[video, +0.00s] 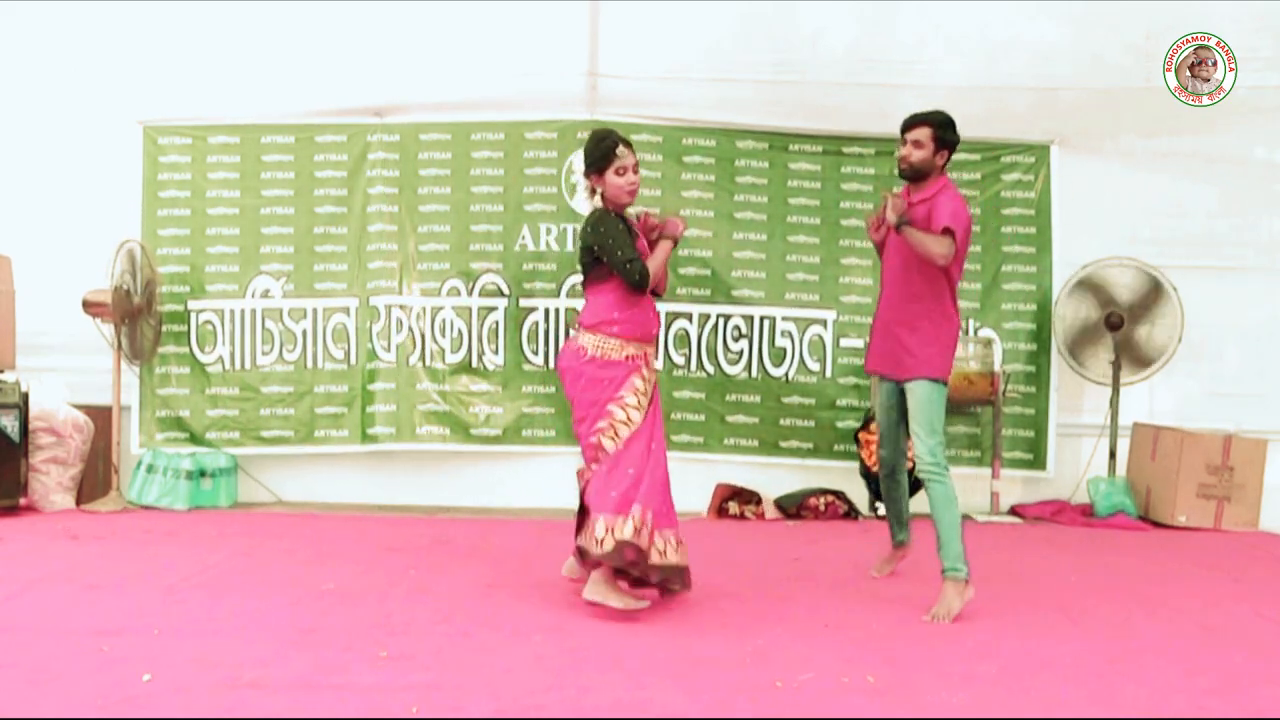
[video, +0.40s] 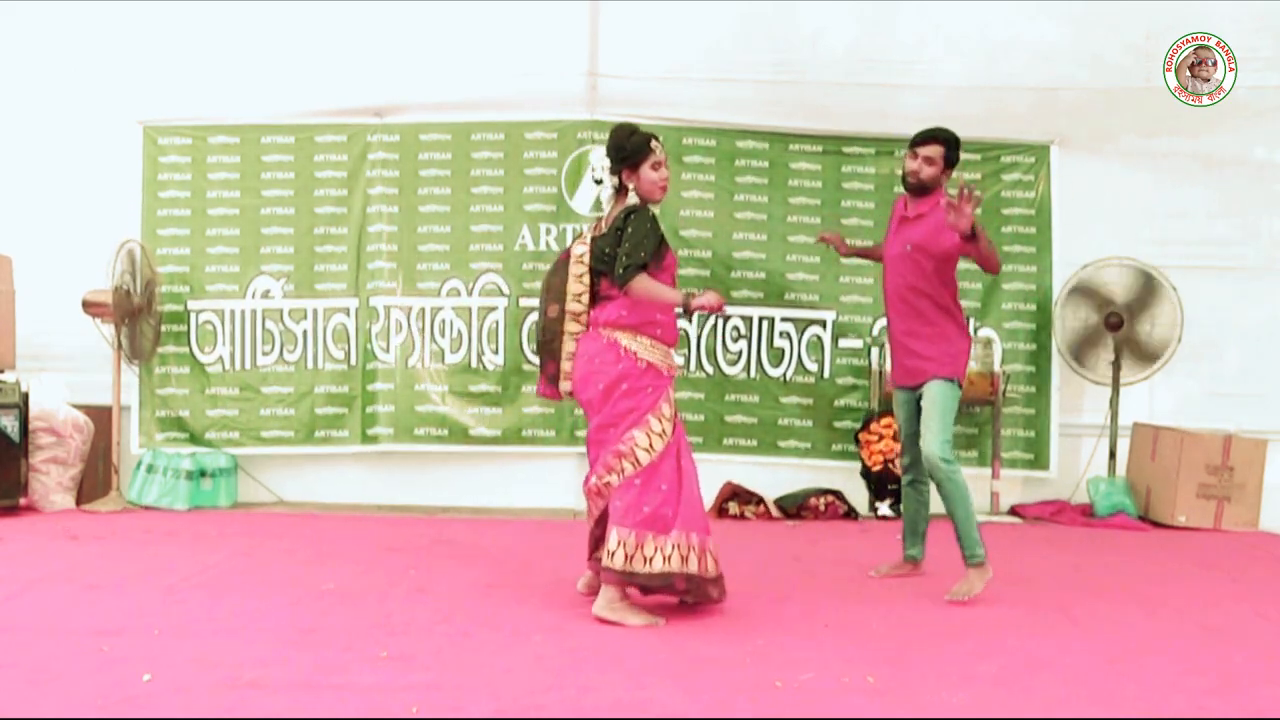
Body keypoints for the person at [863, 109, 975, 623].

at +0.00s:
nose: (906, 151)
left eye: (917, 145)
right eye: (904, 143)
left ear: (942, 154)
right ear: (902, 149)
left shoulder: (950, 201)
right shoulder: (900, 201)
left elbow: (944, 254)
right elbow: (895, 269)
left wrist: (901, 223)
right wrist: (882, 232)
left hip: (926, 347)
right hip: (886, 343)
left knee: (928, 459)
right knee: (888, 454)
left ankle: (955, 575)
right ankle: (899, 539)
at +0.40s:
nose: (917, 166)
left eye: (929, 161)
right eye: (914, 157)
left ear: (947, 172)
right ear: (906, 160)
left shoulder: (954, 215)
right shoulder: (901, 206)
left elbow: (993, 266)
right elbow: (894, 255)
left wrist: (971, 231)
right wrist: (852, 250)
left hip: (944, 351)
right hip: (903, 351)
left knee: (935, 453)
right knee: (911, 463)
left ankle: (976, 564)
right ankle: (912, 556)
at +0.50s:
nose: (933, 171)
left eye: (944, 166)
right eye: (927, 163)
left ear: (958, 178)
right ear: (915, 170)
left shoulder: (970, 237)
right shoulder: (897, 234)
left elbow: (988, 310)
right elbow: (896, 300)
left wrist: (958, 329)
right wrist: (877, 327)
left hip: (954, 374)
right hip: (905, 371)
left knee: (950, 480)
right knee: (907, 474)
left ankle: (951, 575)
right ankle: (910, 557)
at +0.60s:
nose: (946, 170)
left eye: (956, 163)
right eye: (937, 162)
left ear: (968, 175)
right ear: (923, 173)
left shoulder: (987, 237)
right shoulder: (898, 235)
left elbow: (1004, 311)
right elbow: (880, 311)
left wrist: (968, 326)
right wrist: (923, 319)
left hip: (969, 377)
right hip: (914, 376)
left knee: (969, 487)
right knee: (896, 483)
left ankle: (952, 579)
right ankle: (904, 542)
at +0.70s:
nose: (961, 147)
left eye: (968, 139)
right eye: (950, 140)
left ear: (977, 148)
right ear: (931, 151)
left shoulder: (994, 208)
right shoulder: (914, 205)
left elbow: (1030, 277)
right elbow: (893, 269)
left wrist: (1009, 250)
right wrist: (956, 239)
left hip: (980, 355)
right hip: (926, 351)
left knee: (974, 476)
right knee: (927, 467)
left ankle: (948, 572)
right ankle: (900, 520)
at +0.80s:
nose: (973, 129)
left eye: (977, 121)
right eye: (961, 123)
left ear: (985, 129)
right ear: (939, 135)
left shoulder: (991, 191)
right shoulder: (929, 182)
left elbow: (1022, 257)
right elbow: (919, 240)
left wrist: (1014, 222)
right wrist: (973, 207)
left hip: (981, 338)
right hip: (938, 332)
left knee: (974, 458)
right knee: (955, 445)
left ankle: (928, 562)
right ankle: (910, 536)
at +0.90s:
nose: (990, 121)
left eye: (990, 113)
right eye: (977, 116)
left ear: (991, 122)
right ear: (952, 132)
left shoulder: (985, 187)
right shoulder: (952, 180)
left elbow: (983, 265)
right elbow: (939, 233)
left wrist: (1015, 250)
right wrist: (1000, 229)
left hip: (982, 340)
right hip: (965, 340)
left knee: (952, 458)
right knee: (983, 458)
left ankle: (910, 560)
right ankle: (968, 592)